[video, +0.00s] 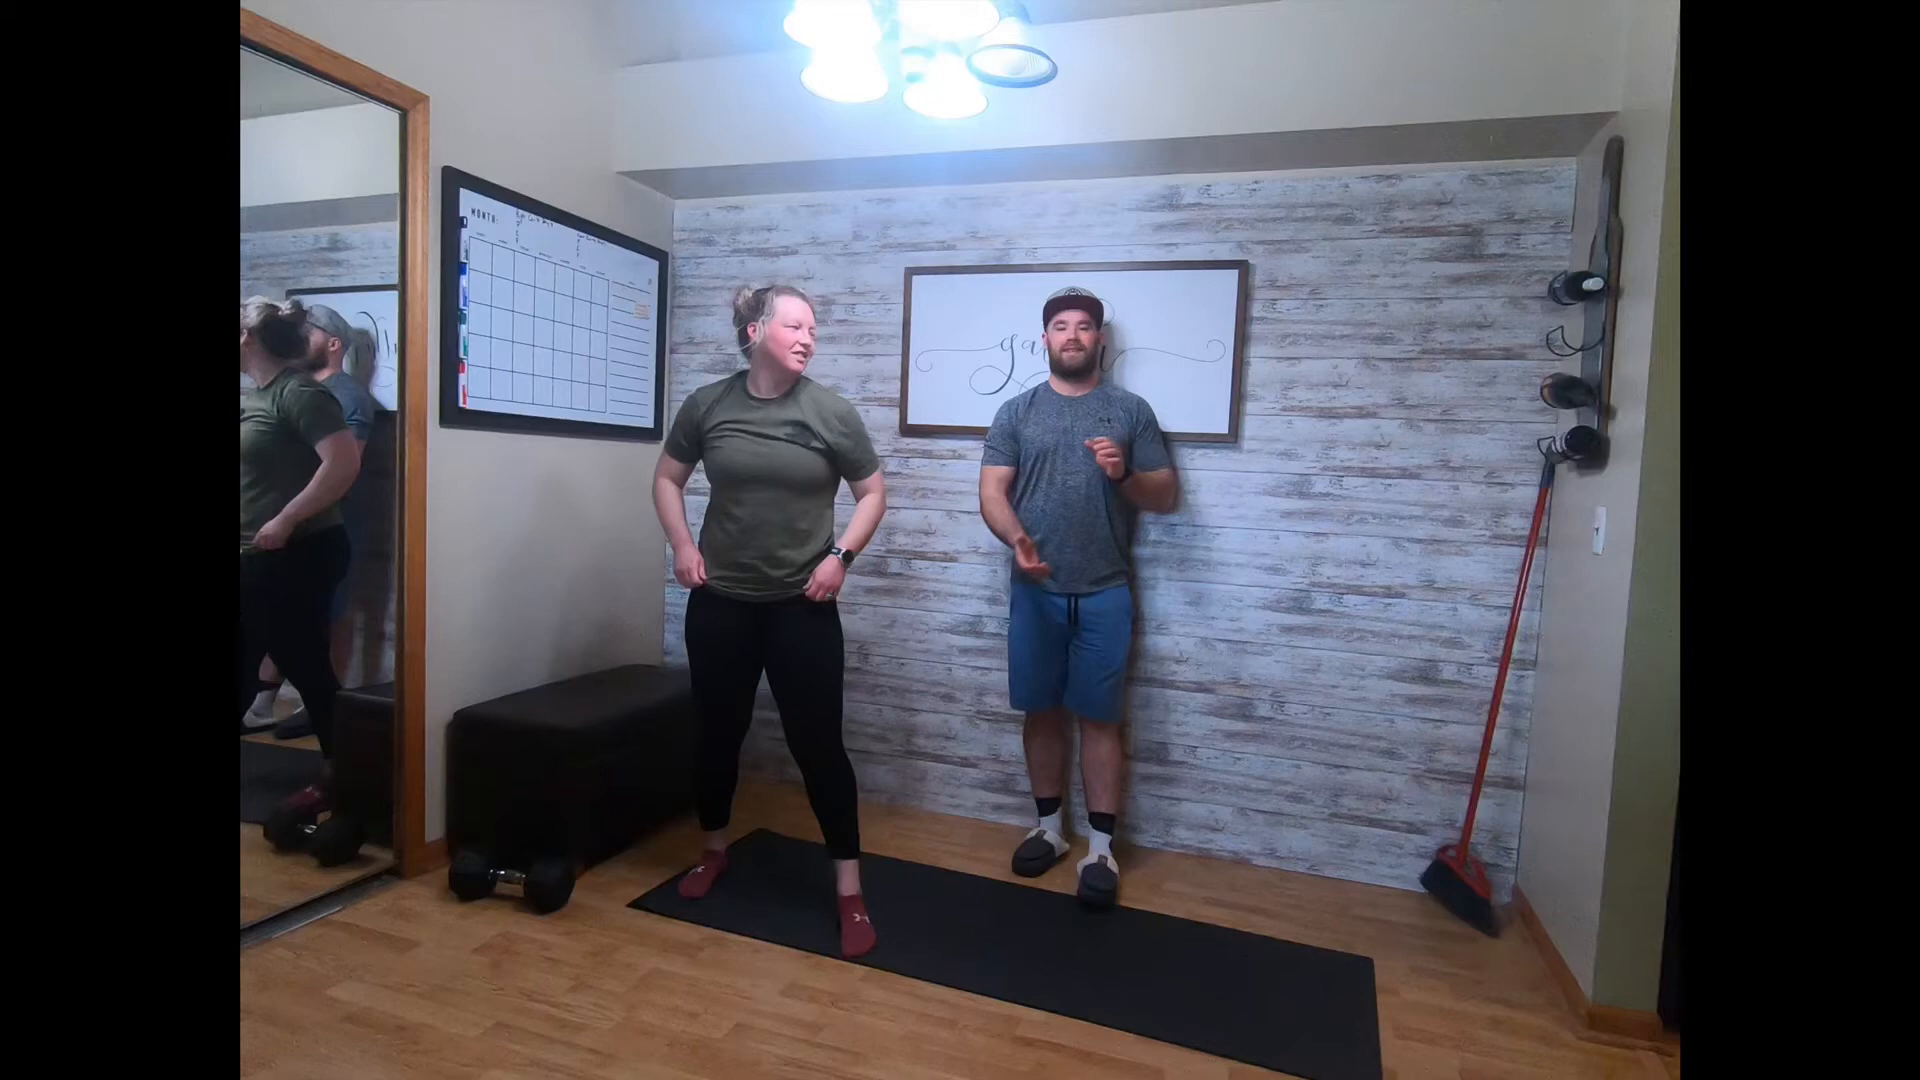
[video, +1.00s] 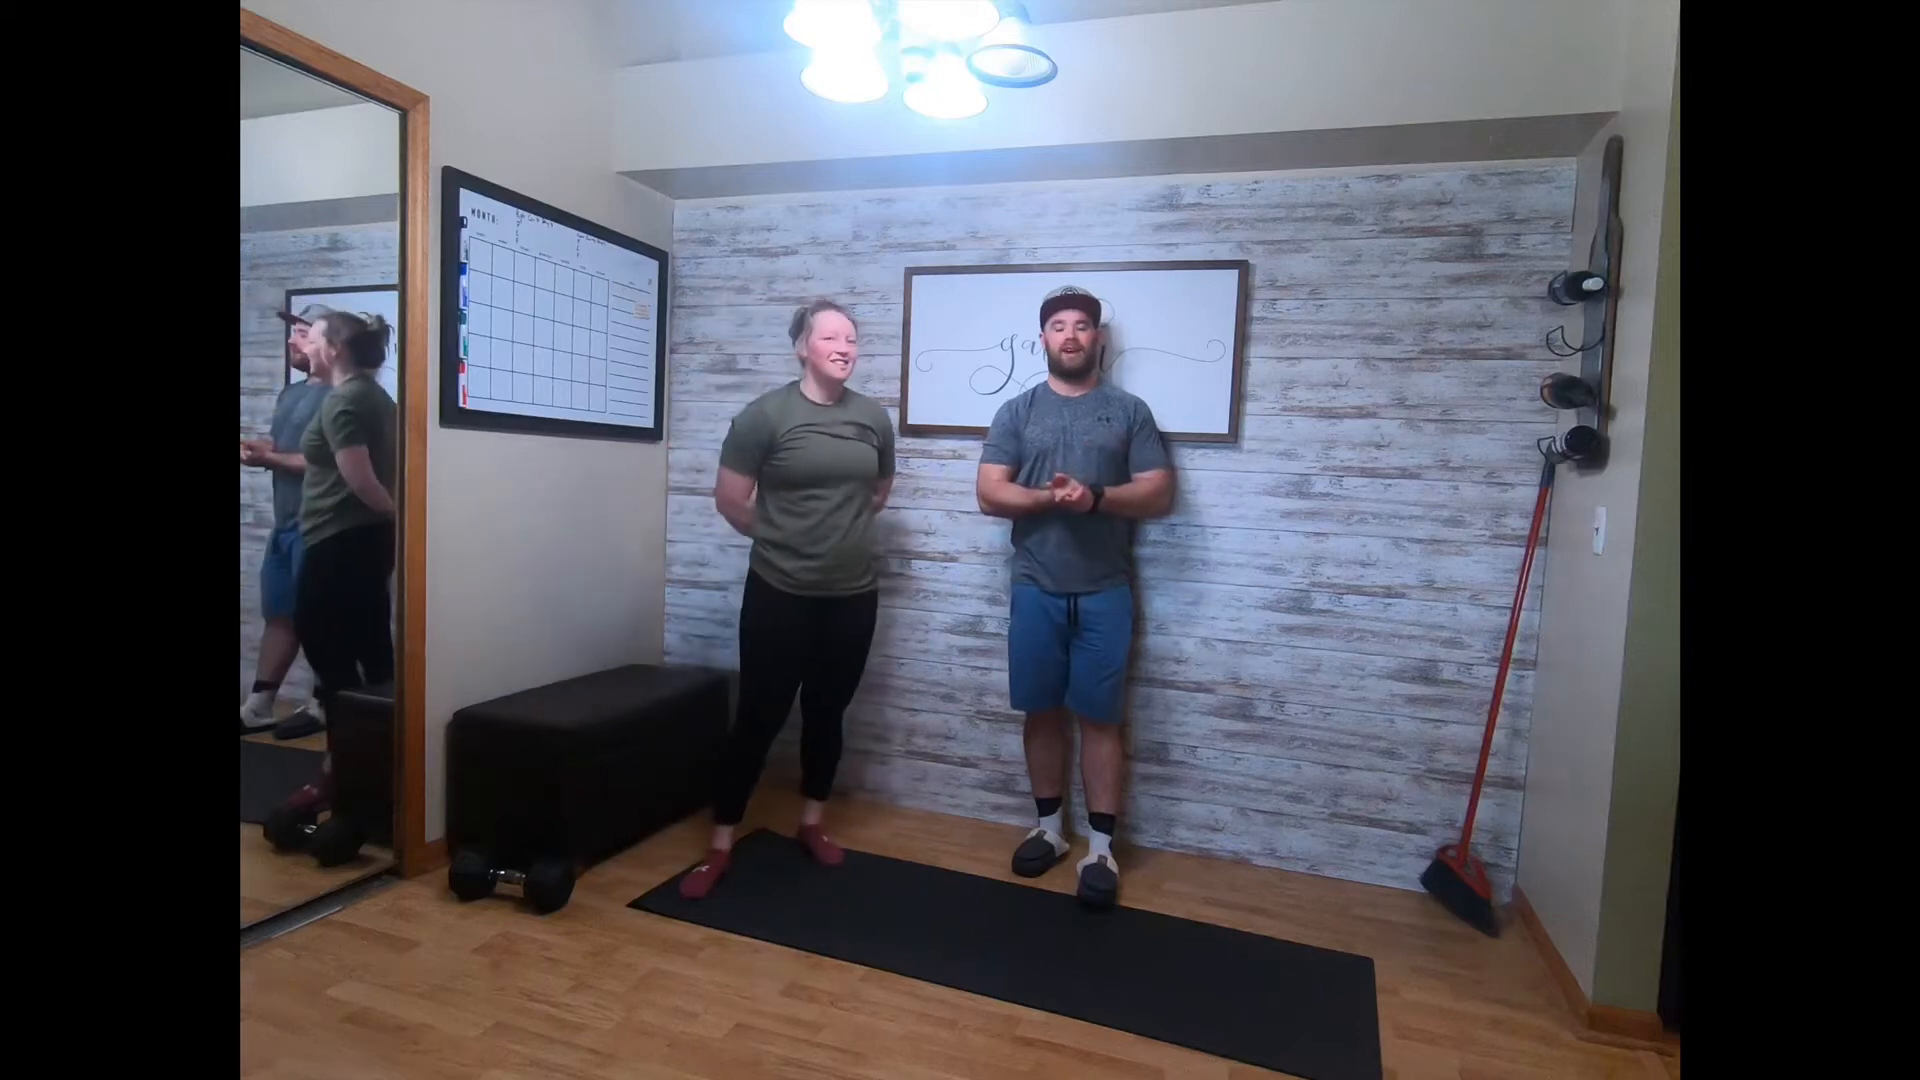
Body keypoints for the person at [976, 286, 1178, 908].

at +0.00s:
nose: (1072, 334)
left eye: (1083, 326)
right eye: (1060, 326)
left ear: (1100, 340)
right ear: (1045, 340)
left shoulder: (1129, 411)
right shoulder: (1018, 411)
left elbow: (1164, 497)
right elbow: (992, 494)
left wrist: (1124, 474)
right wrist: (1016, 536)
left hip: (1103, 585)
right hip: (1035, 583)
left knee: (1099, 714)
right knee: (1040, 710)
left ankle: (1100, 850)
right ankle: (1048, 830)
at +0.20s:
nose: (1071, 334)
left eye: (1082, 326)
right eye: (1059, 326)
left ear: (1099, 339)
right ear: (1044, 340)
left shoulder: (1127, 409)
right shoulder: (1018, 410)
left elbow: (1155, 493)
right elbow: (993, 489)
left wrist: (1099, 493)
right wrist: (1052, 493)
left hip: (1104, 585)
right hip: (1035, 583)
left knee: (1099, 714)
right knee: (1040, 709)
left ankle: (1100, 851)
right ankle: (1048, 830)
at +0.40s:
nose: (1072, 333)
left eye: (1084, 325)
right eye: (1061, 326)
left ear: (1100, 339)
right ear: (1045, 339)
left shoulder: (1128, 410)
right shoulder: (1018, 409)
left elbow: (1157, 493)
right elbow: (990, 489)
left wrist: (1099, 492)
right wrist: (1051, 491)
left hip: (1104, 585)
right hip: (1035, 583)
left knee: (1099, 713)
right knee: (1040, 708)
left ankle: (1100, 850)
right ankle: (1048, 830)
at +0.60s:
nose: (1072, 334)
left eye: (1083, 326)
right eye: (1060, 326)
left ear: (1100, 339)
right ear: (1045, 339)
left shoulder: (1128, 411)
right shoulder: (1018, 410)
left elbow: (1158, 493)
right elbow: (990, 489)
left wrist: (1098, 496)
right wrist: (1049, 495)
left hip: (1104, 585)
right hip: (1035, 582)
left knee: (1099, 714)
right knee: (1040, 709)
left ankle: (1100, 850)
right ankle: (1048, 830)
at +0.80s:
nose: (1071, 333)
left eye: (1083, 325)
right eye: (1060, 326)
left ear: (1099, 338)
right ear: (1044, 339)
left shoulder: (1128, 410)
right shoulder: (1018, 410)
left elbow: (1159, 492)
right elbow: (989, 490)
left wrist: (1097, 496)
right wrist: (1049, 495)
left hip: (1105, 585)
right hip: (1035, 582)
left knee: (1099, 714)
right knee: (1040, 709)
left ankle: (1100, 850)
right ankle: (1048, 830)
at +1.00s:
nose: (1070, 334)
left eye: (1081, 325)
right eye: (1058, 326)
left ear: (1098, 339)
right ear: (1043, 340)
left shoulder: (1127, 411)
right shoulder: (1018, 411)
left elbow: (1159, 493)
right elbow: (989, 492)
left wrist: (1096, 498)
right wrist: (1045, 497)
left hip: (1105, 585)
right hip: (1036, 583)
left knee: (1099, 714)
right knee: (1040, 709)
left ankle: (1100, 850)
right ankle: (1048, 830)